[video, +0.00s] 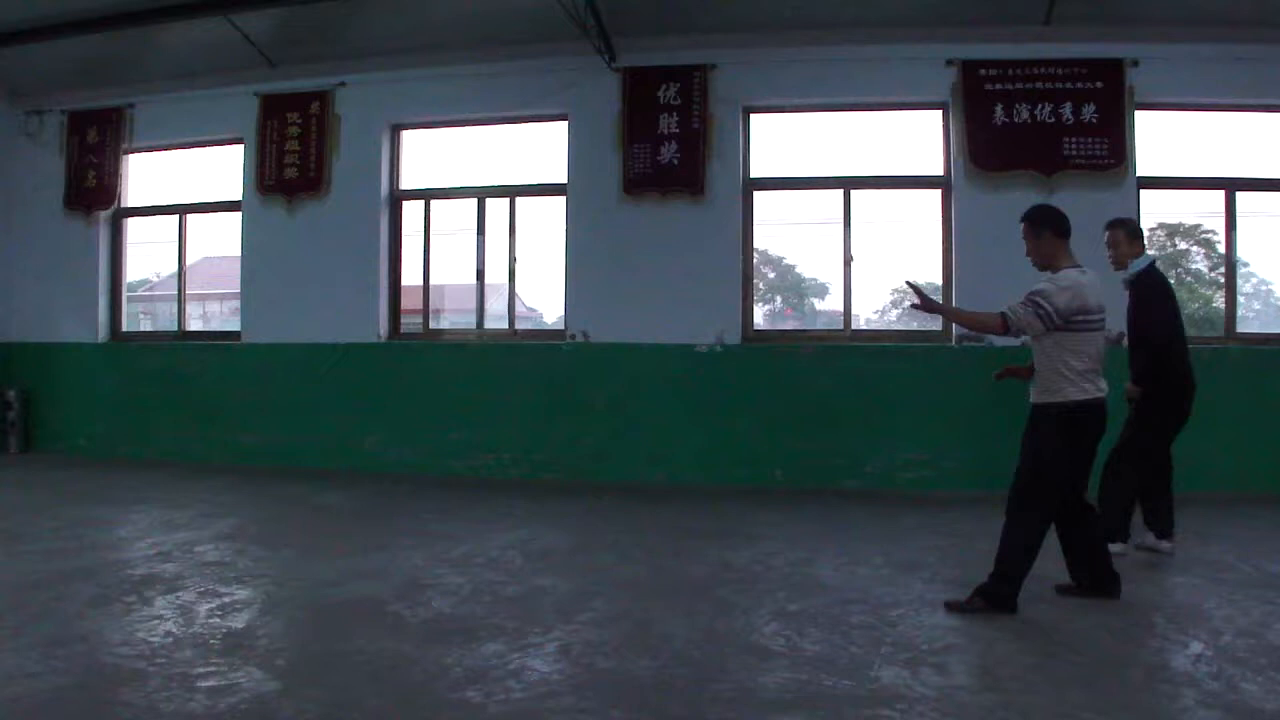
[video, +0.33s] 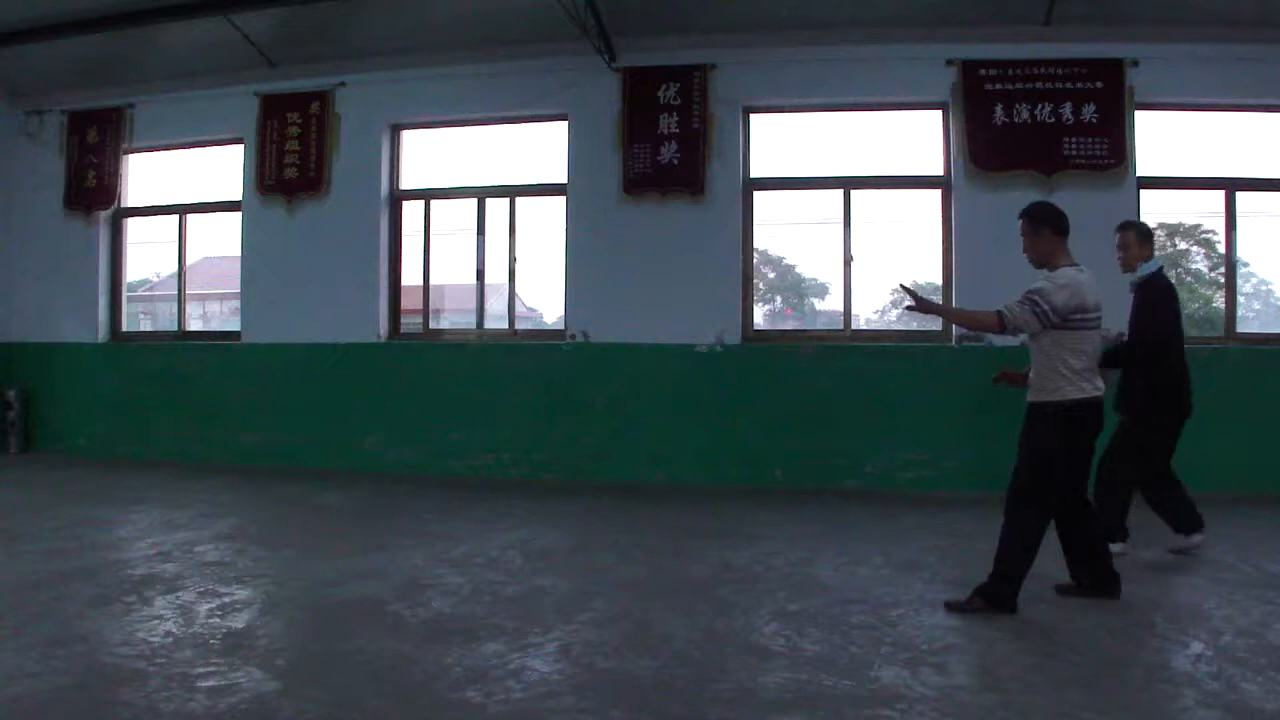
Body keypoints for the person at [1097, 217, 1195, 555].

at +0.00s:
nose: (1109, 253)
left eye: (1114, 246)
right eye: (1108, 246)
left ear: (1135, 245)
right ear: (1133, 247)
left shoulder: (1146, 285)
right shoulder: (1149, 281)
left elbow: (1153, 341)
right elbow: (1152, 337)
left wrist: (1138, 382)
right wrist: (1124, 340)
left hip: (1162, 389)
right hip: (1165, 386)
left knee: (1124, 459)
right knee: (1154, 456)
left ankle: (1112, 535)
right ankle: (1161, 532)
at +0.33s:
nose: (1119, 255)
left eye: (1125, 248)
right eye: (1118, 248)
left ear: (1146, 249)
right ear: (1136, 250)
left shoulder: (1152, 290)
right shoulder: (1152, 287)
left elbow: (1143, 351)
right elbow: (1146, 348)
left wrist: (1098, 356)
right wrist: (1115, 343)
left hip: (1155, 402)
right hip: (1160, 398)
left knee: (1115, 467)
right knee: (1151, 468)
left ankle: (1111, 537)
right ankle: (1191, 528)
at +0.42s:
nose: (1126, 256)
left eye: (1132, 249)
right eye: (1125, 249)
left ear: (1153, 251)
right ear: (1149, 253)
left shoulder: (1159, 291)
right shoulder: (1157, 289)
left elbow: (1142, 346)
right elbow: (1141, 346)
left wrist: (1095, 347)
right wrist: (1098, 345)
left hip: (1157, 403)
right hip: (1164, 400)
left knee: (1113, 466)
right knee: (1160, 473)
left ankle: (1111, 536)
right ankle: (1192, 535)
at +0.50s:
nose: (1137, 258)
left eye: (1143, 252)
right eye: (1137, 252)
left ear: (1164, 253)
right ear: (1159, 255)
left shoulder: (1167, 295)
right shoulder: (1169, 292)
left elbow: (1136, 338)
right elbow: (1135, 335)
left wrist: (1093, 330)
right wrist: (1097, 328)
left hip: (1159, 403)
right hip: (1170, 401)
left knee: (1113, 461)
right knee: (1162, 471)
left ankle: (1107, 532)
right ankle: (1191, 537)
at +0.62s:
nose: (1145, 258)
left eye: (1149, 252)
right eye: (1145, 252)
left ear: (1169, 253)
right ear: (1169, 254)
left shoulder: (1172, 296)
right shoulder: (1179, 293)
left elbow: (1144, 336)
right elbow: (1145, 330)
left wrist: (1104, 317)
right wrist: (1109, 319)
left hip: (1164, 401)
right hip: (1179, 400)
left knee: (1110, 460)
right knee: (1162, 473)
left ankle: (1101, 535)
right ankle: (1191, 538)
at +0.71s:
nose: (1149, 258)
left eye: (1154, 251)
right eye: (1150, 251)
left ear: (1176, 255)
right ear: (1178, 256)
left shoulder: (1173, 297)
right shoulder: (1187, 295)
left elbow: (1142, 328)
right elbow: (1149, 332)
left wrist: (1102, 309)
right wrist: (1109, 315)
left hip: (1164, 402)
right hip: (1182, 401)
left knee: (1114, 466)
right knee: (1161, 474)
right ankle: (1191, 538)